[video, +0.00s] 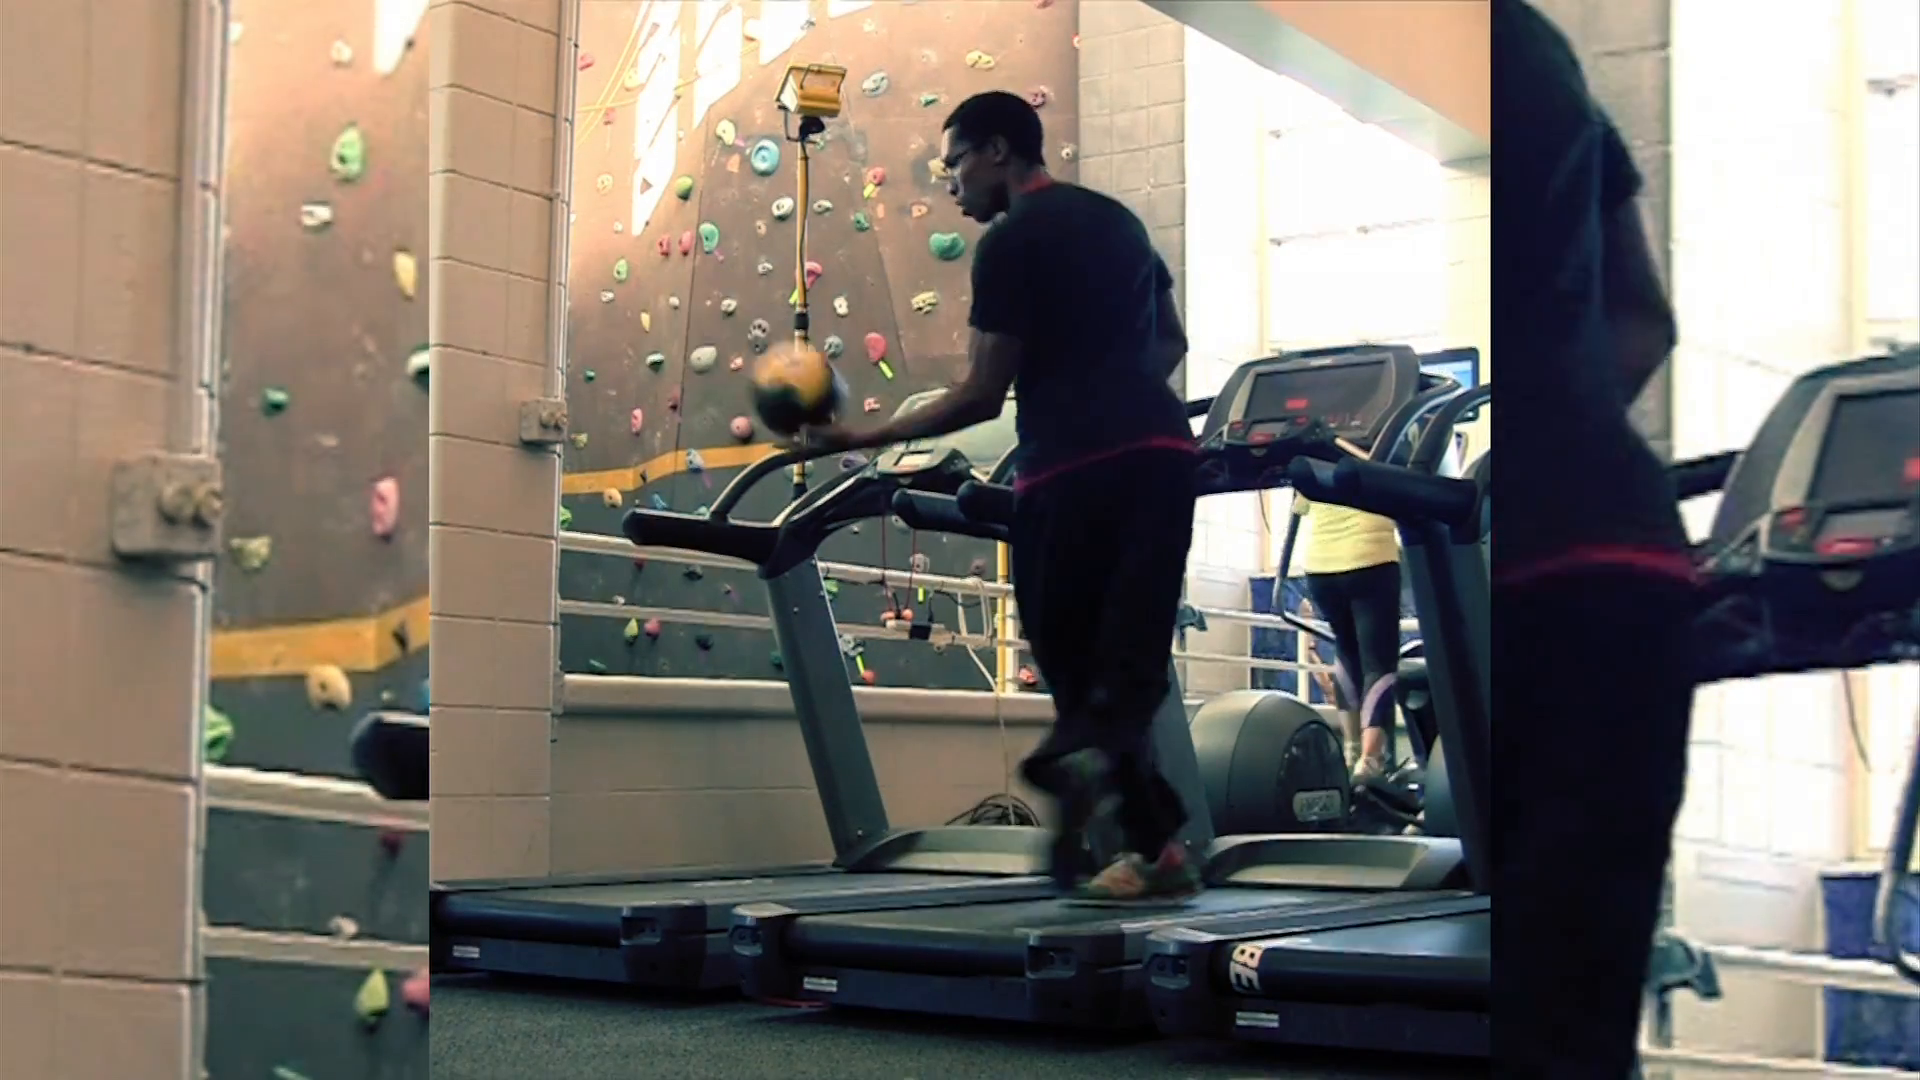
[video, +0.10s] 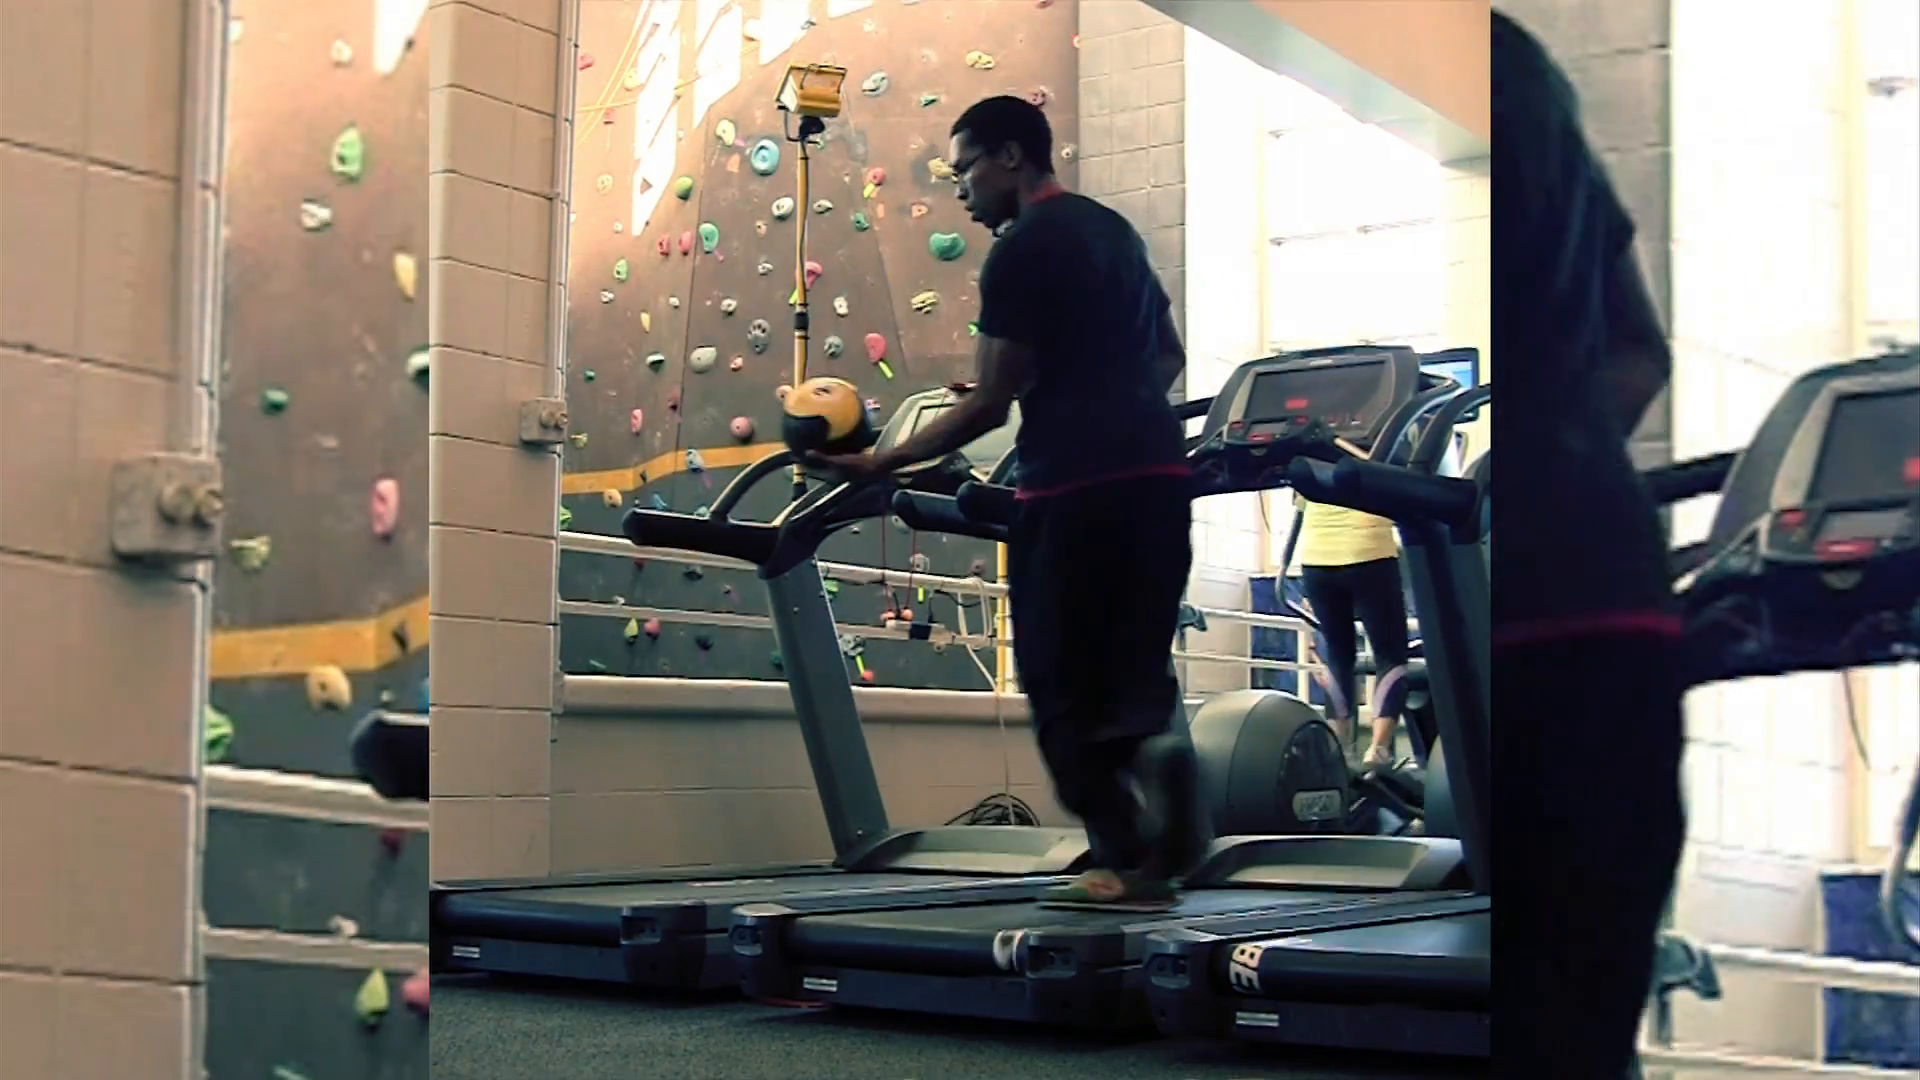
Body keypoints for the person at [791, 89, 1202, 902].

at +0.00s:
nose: (949, 183)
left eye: (955, 163)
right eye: (946, 167)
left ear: (999, 153)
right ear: (1026, 155)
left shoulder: (1009, 240)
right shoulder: (1117, 220)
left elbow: (983, 396)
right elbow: (1171, 343)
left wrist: (859, 433)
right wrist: (1101, 405)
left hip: (1065, 477)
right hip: (1160, 463)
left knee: (1075, 671)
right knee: (1139, 653)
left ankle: (1160, 849)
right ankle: (1083, 761)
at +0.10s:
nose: (959, 187)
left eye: (966, 167)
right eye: (955, 172)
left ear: (1012, 158)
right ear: (1032, 162)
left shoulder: (1020, 250)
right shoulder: (1116, 233)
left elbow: (991, 400)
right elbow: (1168, 357)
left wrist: (884, 457)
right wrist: (1092, 422)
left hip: (1072, 493)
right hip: (1156, 485)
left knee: (1057, 678)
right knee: (1140, 662)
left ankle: (1121, 860)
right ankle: (1159, 759)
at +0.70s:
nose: (1005, 136)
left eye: (1020, 119)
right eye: (991, 123)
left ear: (1058, 111)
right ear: (981, 124)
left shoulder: (1106, 171)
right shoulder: (1009, 209)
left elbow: (1248, 202)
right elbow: (1046, 319)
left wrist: (1270, 303)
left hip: (1123, 413)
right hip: (1058, 432)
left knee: (1081, 592)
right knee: (1117, 618)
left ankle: (1120, 804)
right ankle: (1185, 832)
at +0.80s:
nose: (1027, 130)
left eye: (1042, 113)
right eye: (1011, 116)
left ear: (1069, 105)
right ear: (993, 114)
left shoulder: (1119, 175)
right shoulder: (1008, 221)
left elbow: (1256, 216)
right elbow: (1063, 341)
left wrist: (1301, 322)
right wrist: (1176, 397)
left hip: (1120, 420)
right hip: (1051, 441)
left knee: (1112, 607)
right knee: (1079, 640)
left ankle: (1185, 802)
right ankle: (1154, 841)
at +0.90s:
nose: (1049, 122)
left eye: (1064, 107)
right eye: (1033, 107)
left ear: (1085, 107)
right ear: (1008, 109)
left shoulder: (1138, 177)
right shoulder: (997, 215)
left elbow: (1252, 238)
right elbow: (1028, 320)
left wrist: (1281, 345)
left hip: (1126, 419)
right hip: (1044, 442)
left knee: (1137, 599)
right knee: (1079, 653)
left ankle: (1247, 798)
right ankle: (1145, 844)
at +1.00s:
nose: (1083, 118)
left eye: (1095, 104)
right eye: (1068, 102)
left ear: (1108, 105)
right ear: (1030, 100)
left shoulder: (1149, 183)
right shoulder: (994, 210)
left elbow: (1230, 266)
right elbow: (1025, 310)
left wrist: (1241, 372)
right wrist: (1025, 425)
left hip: (1136, 427)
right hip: (1044, 445)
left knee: (1153, 603)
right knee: (1076, 653)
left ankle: (1283, 796)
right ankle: (1130, 845)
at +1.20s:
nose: (1140, 120)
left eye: (1149, 107)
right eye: (1127, 101)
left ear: (1148, 109)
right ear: (1076, 93)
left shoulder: (1164, 202)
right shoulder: (1000, 197)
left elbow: (1171, 324)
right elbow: (948, 299)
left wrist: (1162, 416)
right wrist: (968, 420)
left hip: (1151, 452)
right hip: (1049, 460)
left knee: (1208, 626)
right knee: (1060, 660)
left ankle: (1306, 803)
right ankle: (1086, 851)